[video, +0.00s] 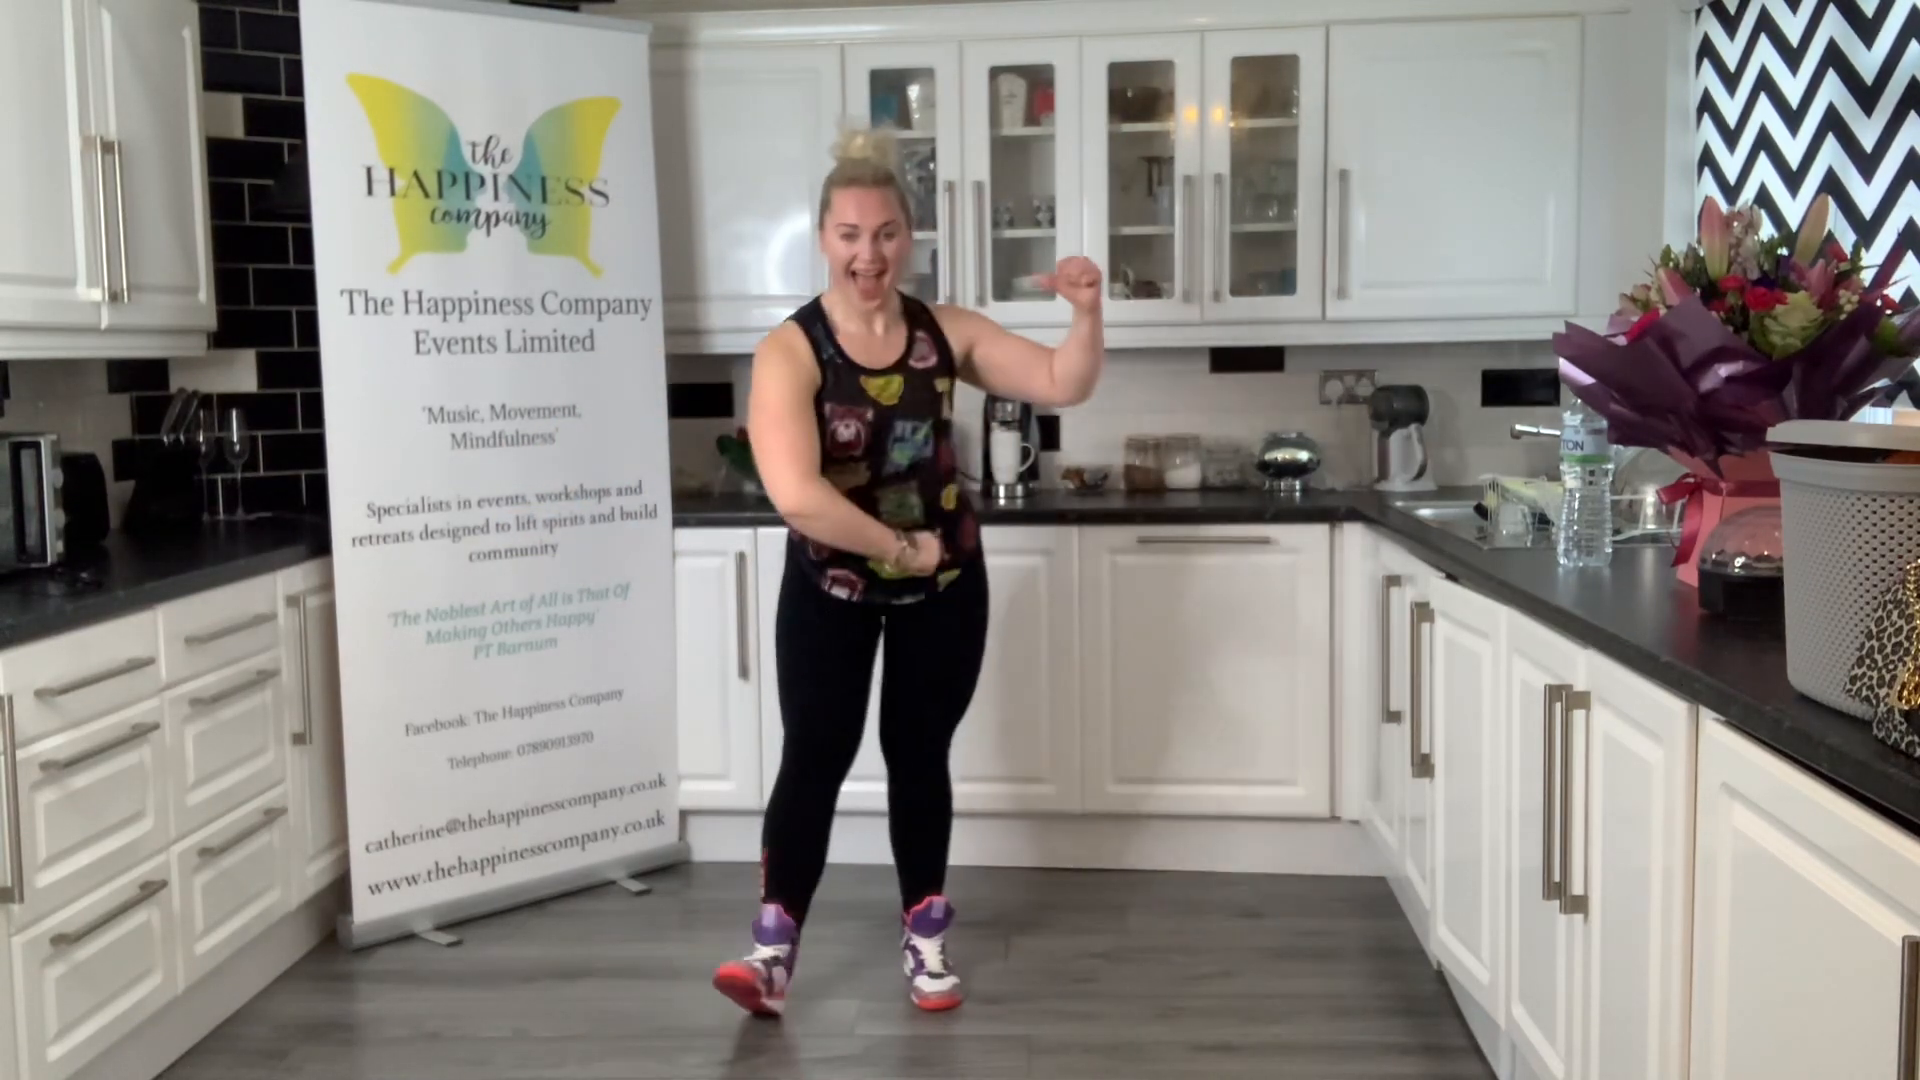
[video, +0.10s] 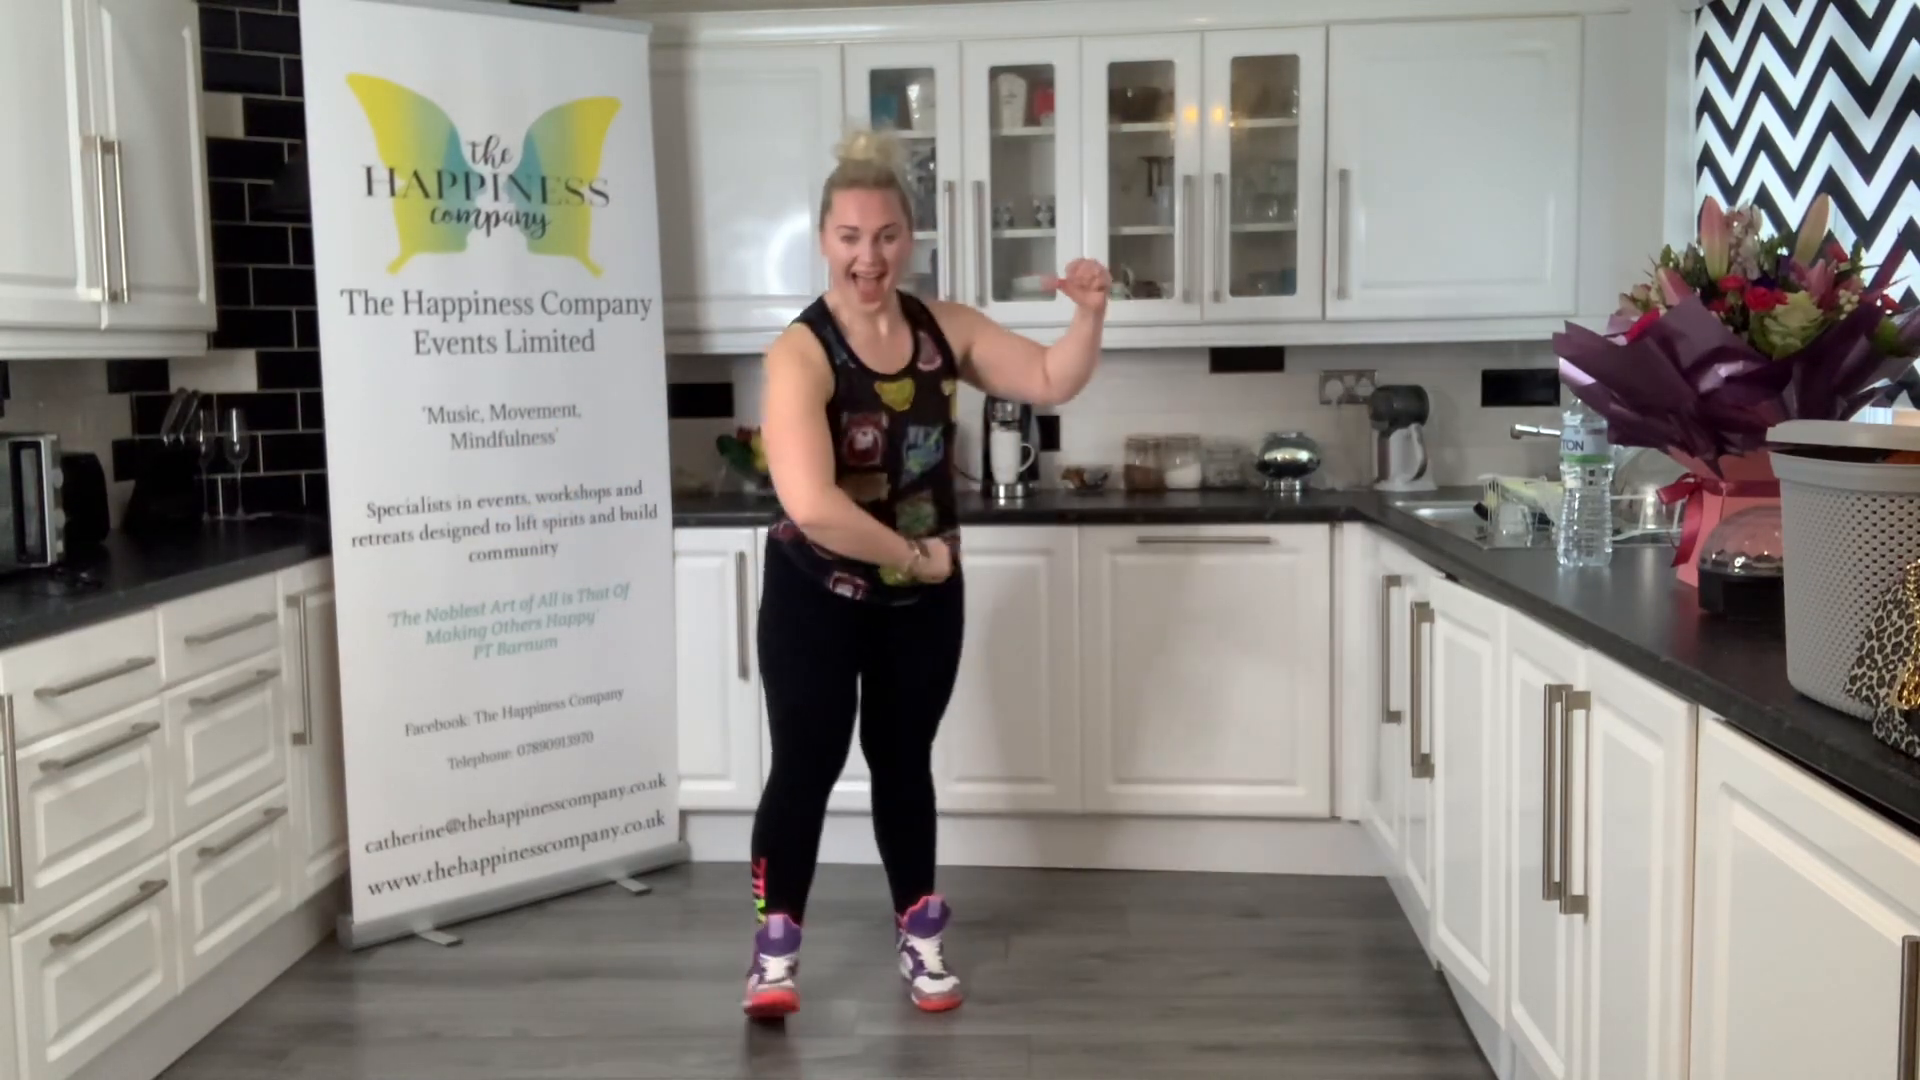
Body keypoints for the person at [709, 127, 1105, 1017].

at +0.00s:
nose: (867, 254)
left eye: (885, 234)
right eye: (848, 235)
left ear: (910, 237)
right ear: (822, 238)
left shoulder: (947, 329)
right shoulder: (788, 353)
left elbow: (1064, 384)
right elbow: (794, 495)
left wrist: (1088, 313)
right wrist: (901, 547)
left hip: (941, 585)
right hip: (830, 587)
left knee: (920, 755)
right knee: (814, 756)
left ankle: (925, 940)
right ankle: (773, 946)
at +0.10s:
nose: (868, 254)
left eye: (886, 235)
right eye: (850, 236)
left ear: (910, 237)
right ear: (824, 239)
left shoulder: (946, 327)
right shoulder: (799, 355)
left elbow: (1050, 381)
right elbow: (809, 505)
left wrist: (1089, 318)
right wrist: (911, 558)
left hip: (922, 593)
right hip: (817, 590)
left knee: (903, 764)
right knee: (807, 768)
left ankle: (920, 941)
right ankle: (776, 947)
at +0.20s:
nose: (866, 249)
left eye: (883, 230)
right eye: (847, 231)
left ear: (906, 230)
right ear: (819, 232)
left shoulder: (930, 316)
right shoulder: (803, 346)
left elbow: (1035, 363)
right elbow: (830, 499)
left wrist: (1078, 300)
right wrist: (922, 550)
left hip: (902, 579)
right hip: (806, 581)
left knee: (893, 763)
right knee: (805, 767)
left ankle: (918, 942)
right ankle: (779, 958)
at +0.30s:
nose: (855, 244)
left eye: (872, 224)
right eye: (836, 225)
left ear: (893, 226)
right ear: (807, 228)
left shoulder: (908, 310)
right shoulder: (795, 339)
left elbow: (1014, 351)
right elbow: (845, 494)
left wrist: (1060, 283)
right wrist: (923, 536)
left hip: (875, 569)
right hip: (783, 575)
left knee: (890, 762)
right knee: (798, 763)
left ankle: (917, 937)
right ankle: (780, 963)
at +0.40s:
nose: (851, 257)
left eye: (868, 238)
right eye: (831, 239)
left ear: (886, 239)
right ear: (800, 241)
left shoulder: (890, 321)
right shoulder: (787, 353)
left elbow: (984, 357)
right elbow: (857, 506)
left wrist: (1037, 295)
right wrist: (915, 540)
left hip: (832, 568)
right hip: (739, 575)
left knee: (909, 723)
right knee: (777, 759)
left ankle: (916, 917)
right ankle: (777, 971)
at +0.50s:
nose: (843, 293)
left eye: (860, 275)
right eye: (825, 274)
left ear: (880, 274)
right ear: (793, 273)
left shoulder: (876, 344)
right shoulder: (779, 379)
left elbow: (966, 378)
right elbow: (853, 535)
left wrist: (1024, 314)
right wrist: (898, 562)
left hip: (800, 585)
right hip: (706, 589)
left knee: (915, 686)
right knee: (770, 771)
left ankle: (826, 841)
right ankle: (778, 975)